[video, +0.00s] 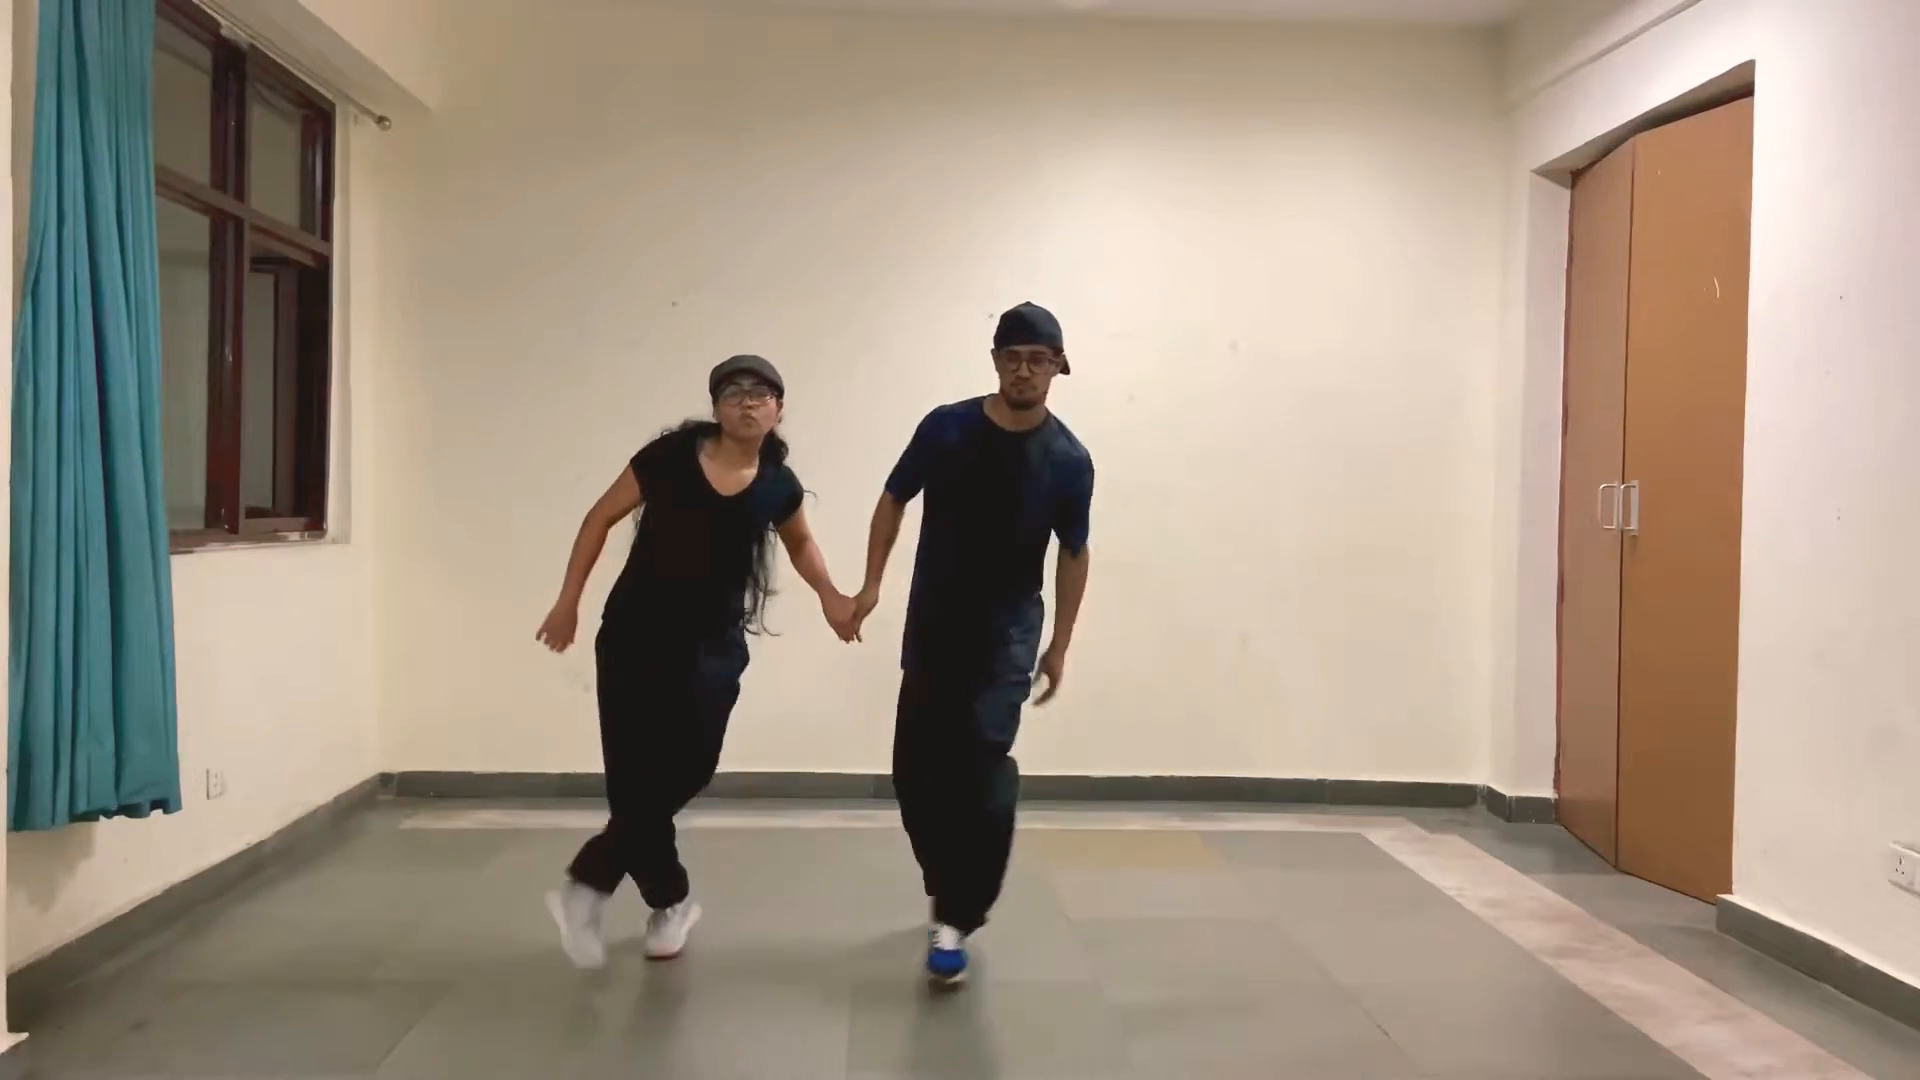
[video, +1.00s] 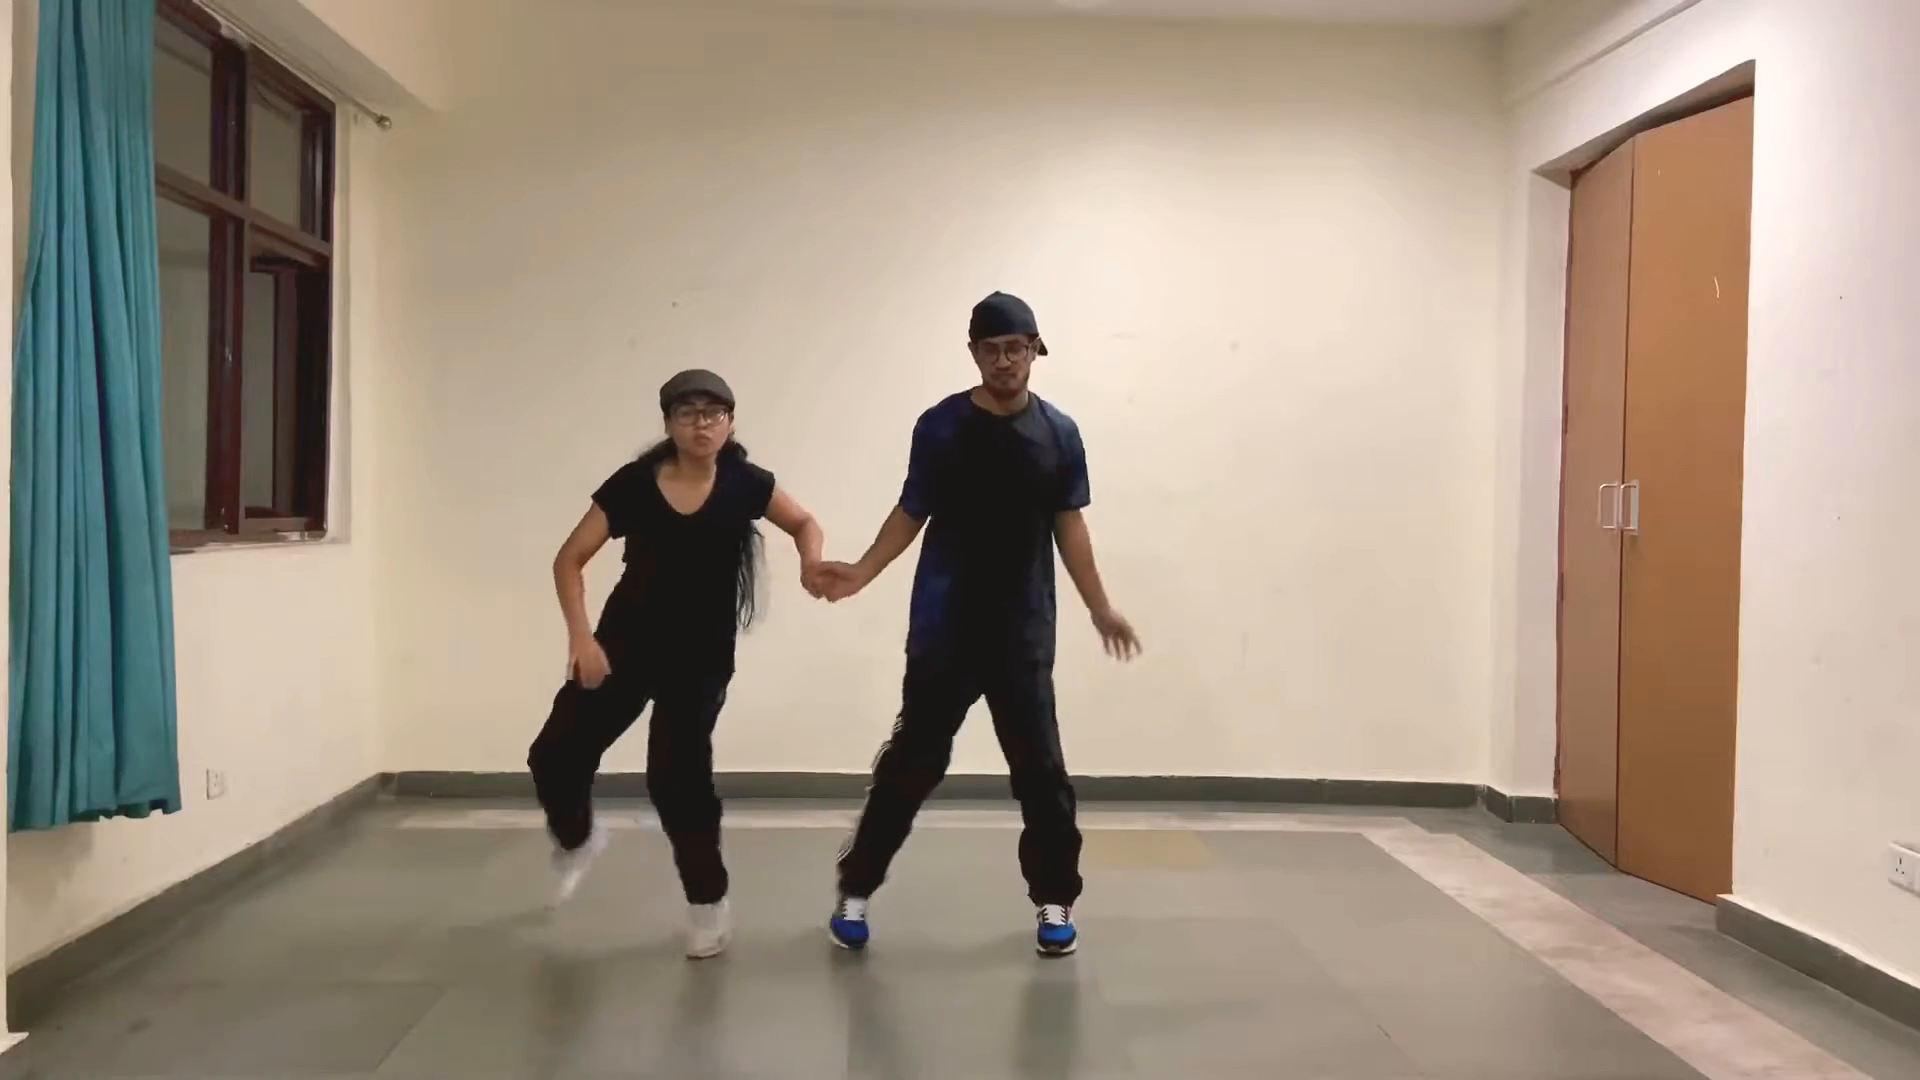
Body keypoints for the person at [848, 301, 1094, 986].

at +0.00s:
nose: (1023, 373)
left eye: (1038, 362)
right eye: (1012, 360)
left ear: (1057, 369)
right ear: (996, 362)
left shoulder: (1068, 461)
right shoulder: (945, 429)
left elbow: (1074, 555)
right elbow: (893, 499)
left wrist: (1060, 643)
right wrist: (871, 587)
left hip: (1008, 629)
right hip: (935, 621)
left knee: (983, 765)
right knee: (917, 767)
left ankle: (956, 921)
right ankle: (945, 889)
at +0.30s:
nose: (988, 373)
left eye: (1000, 361)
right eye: (976, 362)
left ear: (1020, 365)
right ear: (958, 366)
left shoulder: (1047, 445)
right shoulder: (929, 440)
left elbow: (1062, 542)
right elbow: (916, 538)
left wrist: (1067, 641)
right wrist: (865, 607)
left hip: (1012, 629)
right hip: (943, 626)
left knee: (976, 761)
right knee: (927, 768)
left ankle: (951, 923)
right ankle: (983, 895)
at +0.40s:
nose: (994, 362)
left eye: (1006, 350)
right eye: (981, 351)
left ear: (1025, 353)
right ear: (963, 355)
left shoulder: (1051, 433)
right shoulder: (932, 428)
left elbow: (1075, 516)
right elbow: (905, 522)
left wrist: (1097, 577)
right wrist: (853, 566)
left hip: (1027, 591)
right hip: (955, 595)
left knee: (1003, 685)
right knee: (943, 747)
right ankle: (981, 899)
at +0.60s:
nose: (1010, 362)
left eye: (1023, 350)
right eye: (998, 349)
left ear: (1038, 355)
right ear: (977, 350)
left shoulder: (1054, 428)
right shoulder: (935, 425)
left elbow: (1108, 494)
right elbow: (888, 512)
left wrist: (1162, 536)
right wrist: (835, 592)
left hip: (1046, 615)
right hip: (972, 618)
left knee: (1055, 748)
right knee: (992, 751)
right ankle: (1008, 883)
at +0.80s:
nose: (1017, 371)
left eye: (1029, 359)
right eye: (1004, 359)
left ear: (1046, 363)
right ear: (983, 360)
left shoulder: (1064, 445)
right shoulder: (943, 434)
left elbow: (1091, 541)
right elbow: (914, 525)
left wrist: (1125, 622)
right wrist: (873, 604)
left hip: (1051, 621)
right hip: (975, 621)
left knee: (1057, 755)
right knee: (984, 746)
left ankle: (1066, 897)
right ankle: (989, 848)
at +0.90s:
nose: (1013, 367)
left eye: (1025, 355)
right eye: (1000, 356)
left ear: (1043, 359)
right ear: (982, 359)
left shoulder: (1062, 447)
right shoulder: (944, 434)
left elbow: (1074, 549)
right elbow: (920, 521)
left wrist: (1093, 640)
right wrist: (879, 588)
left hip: (1044, 629)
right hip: (966, 628)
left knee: (1062, 762)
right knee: (958, 740)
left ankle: (1065, 903)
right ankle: (933, 839)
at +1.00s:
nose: (1005, 361)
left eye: (1016, 349)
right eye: (992, 350)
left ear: (1035, 352)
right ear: (974, 353)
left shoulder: (1059, 435)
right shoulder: (942, 426)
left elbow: (1070, 525)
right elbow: (911, 511)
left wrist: (1101, 610)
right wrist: (859, 572)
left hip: (1023, 630)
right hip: (945, 626)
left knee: (1041, 767)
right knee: (918, 755)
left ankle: (1055, 900)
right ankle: (856, 886)